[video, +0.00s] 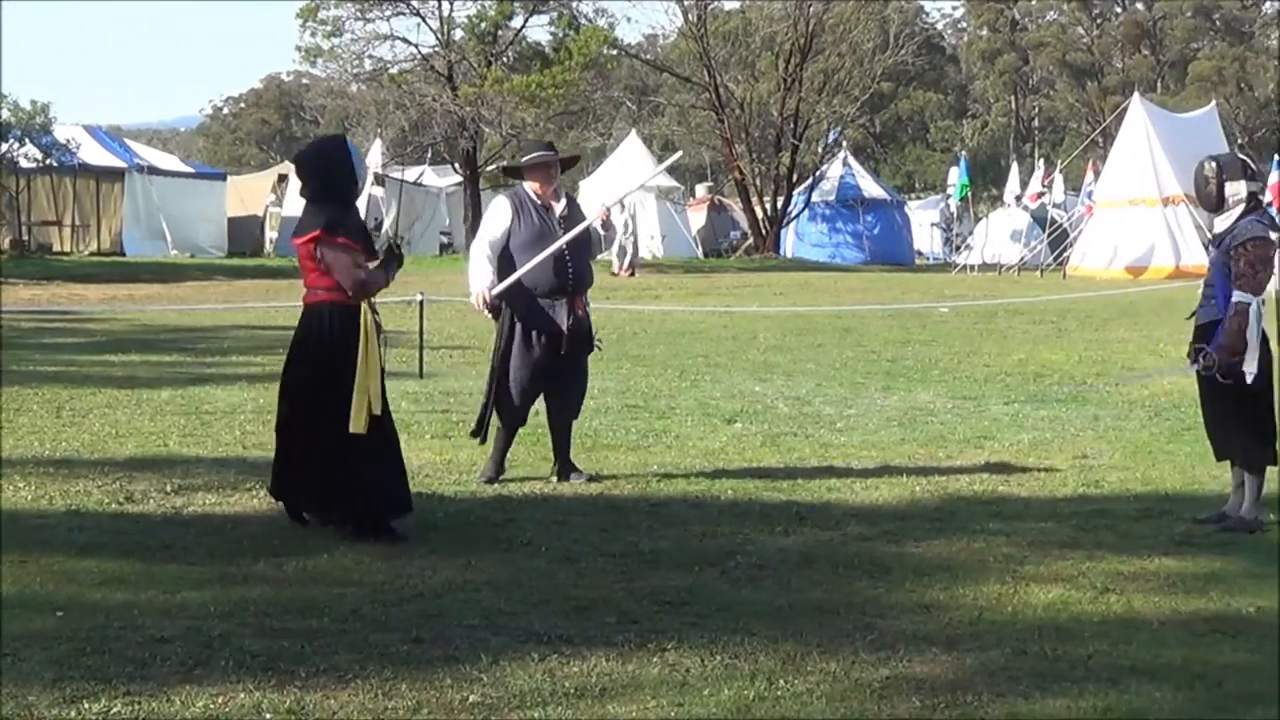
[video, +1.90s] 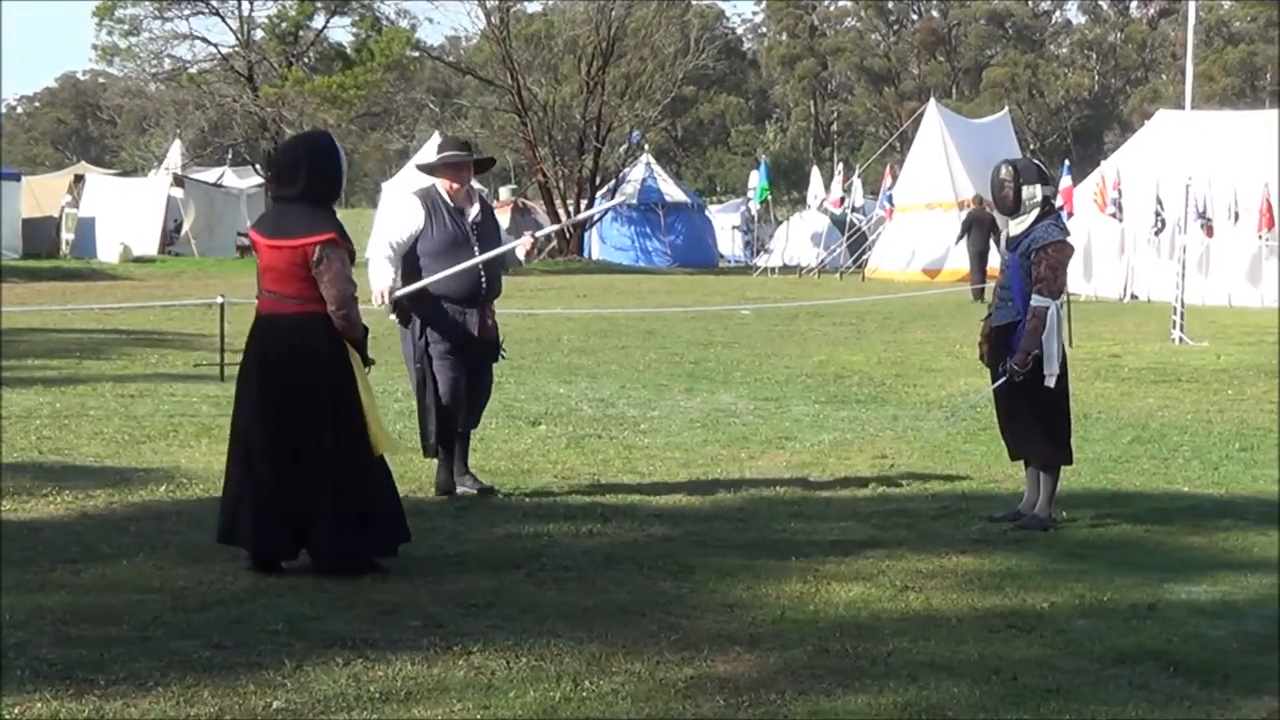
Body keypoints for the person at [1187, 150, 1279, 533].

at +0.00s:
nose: (1211, 192)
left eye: (1218, 184)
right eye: (1210, 184)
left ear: (1238, 186)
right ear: (1239, 188)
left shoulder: (1253, 234)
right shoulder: (1232, 228)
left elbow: (1246, 302)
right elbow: (1224, 291)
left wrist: (1225, 347)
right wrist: (1205, 334)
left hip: (1241, 334)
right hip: (1217, 331)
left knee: (1250, 420)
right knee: (1229, 418)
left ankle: (1250, 509)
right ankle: (1236, 502)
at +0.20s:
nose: (1171, 193)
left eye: (1177, 184)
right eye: (1170, 185)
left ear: (1197, 186)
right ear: (1197, 186)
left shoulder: (1219, 232)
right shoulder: (1192, 227)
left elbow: (1235, 301)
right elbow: (1179, 291)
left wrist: (1229, 354)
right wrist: (1162, 331)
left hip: (1205, 332)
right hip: (1181, 331)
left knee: (1214, 415)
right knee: (1193, 414)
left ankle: (1215, 508)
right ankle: (1200, 502)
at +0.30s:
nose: (1151, 192)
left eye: (1158, 184)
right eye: (1148, 185)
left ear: (1181, 186)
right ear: (1150, 188)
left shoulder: (1203, 233)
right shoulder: (1168, 229)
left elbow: (1224, 302)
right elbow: (1155, 289)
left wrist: (1218, 352)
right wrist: (1138, 328)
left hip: (1184, 334)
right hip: (1158, 334)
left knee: (1194, 417)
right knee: (1172, 417)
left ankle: (1194, 510)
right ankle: (1180, 503)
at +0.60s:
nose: (1118, 191)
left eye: (1126, 183)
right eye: (1115, 184)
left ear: (1148, 186)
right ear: (1116, 188)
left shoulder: (1162, 230)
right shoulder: (1127, 230)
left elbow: (1185, 298)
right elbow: (1110, 286)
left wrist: (1169, 349)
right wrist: (1092, 328)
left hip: (1145, 333)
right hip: (1116, 333)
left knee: (1154, 414)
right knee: (1131, 413)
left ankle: (1154, 508)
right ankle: (1140, 502)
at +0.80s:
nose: (1090, 190)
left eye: (1097, 183)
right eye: (1087, 183)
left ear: (1120, 186)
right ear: (1086, 188)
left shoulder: (1135, 233)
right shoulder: (1098, 231)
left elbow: (1138, 298)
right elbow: (1084, 286)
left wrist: (1124, 349)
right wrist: (1066, 328)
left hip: (1118, 334)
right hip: (1090, 333)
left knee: (1126, 415)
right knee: (1102, 414)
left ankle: (1127, 506)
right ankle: (1112, 500)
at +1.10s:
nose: (1048, 191)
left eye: (1055, 184)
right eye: (1047, 184)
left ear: (1077, 187)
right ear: (1066, 190)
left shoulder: (1093, 235)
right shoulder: (1064, 231)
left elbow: (1090, 303)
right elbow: (1054, 291)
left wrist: (1072, 348)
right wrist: (1038, 328)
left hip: (1082, 336)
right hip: (1058, 335)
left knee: (1088, 420)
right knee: (1068, 419)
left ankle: (1090, 508)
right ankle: (1075, 501)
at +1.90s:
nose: (1003, 193)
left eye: (1010, 187)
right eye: (1002, 186)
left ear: (1032, 190)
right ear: (1008, 192)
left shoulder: (1048, 237)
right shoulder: (1017, 231)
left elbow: (1043, 305)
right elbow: (1007, 289)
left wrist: (1025, 353)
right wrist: (990, 327)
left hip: (1035, 337)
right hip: (1009, 335)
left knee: (1044, 420)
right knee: (1022, 420)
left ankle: (1044, 508)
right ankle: (1029, 502)